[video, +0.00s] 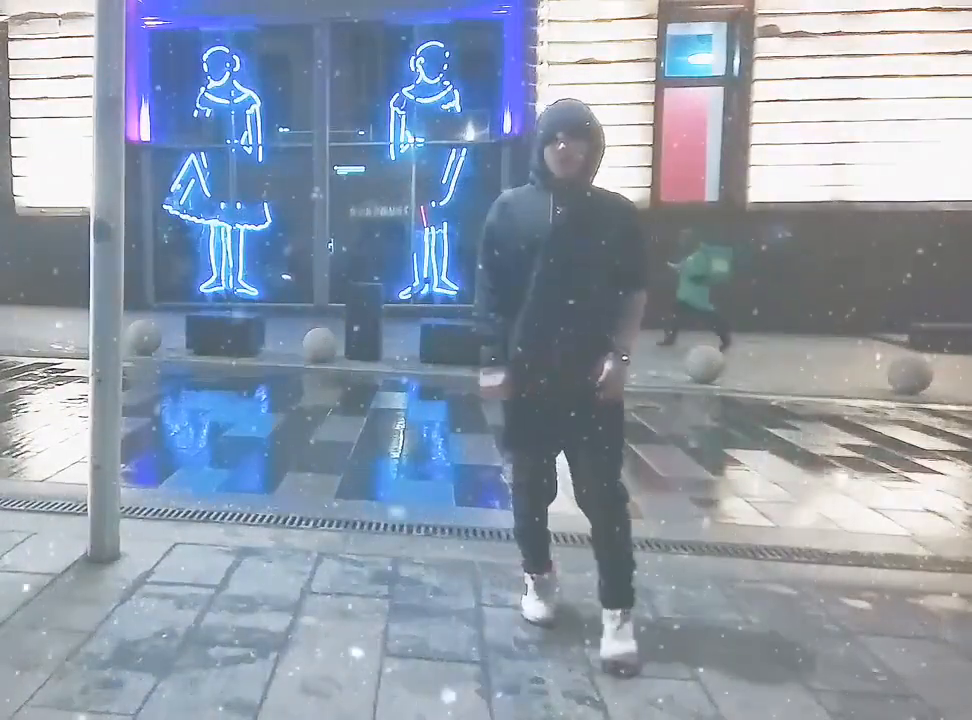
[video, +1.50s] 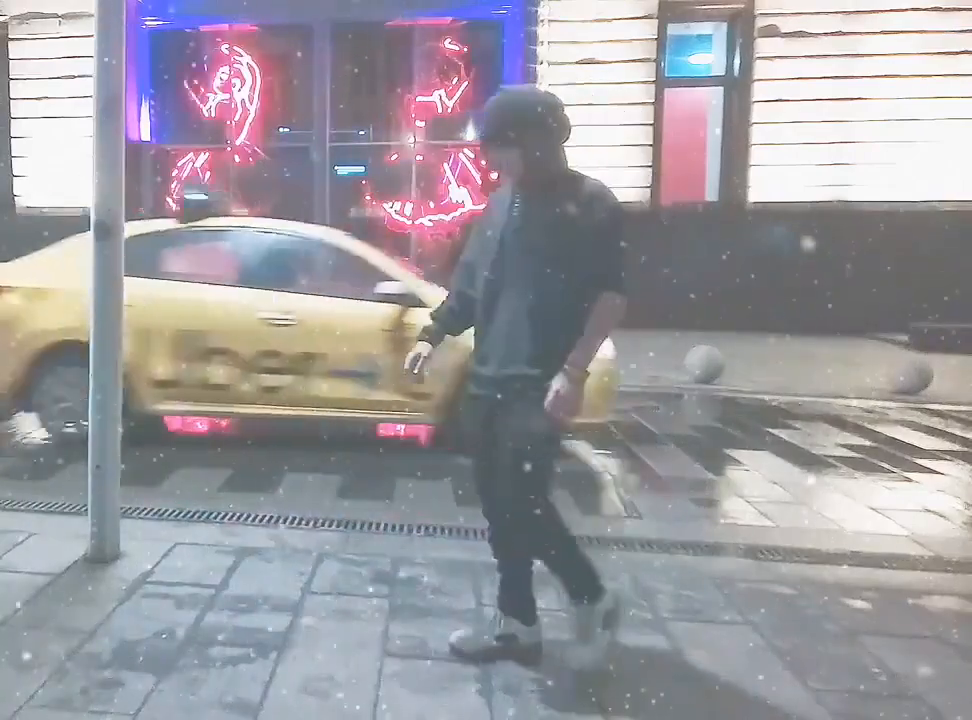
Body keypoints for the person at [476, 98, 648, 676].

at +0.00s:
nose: (565, 149)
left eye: (577, 140)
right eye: (556, 140)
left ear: (594, 149)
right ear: (540, 148)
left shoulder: (617, 215)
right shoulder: (510, 209)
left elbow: (633, 291)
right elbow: (489, 293)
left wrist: (621, 355)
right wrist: (491, 362)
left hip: (593, 372)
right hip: (526, 372)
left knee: (602, 493)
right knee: (529, 486)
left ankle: (617, 612)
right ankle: (539, 578)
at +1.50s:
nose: (494, 161)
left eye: (503, 148)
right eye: (491, 150)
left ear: (539, 143)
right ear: (499, 149)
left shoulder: (591, 205)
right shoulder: (502, 205)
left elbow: (612, 296)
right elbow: (472, 284)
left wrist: (573, 374)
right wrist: (432, 337)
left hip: (541, 384)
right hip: (490, 379)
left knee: (524, 501)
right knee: (499, 501)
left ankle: (592, 601)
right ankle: (517, 627)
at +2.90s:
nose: (329, 156)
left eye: (331, 147)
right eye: (330, 147)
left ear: (344, 146)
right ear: (390, 138)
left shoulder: (342, 198)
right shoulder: (430, 197)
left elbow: (313, 282)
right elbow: (453, 285)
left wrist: (292, 342)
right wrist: (456, 357)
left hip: (361, 357)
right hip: (415, 355)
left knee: (369, 473)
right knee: (394, 469)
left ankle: (390, 615)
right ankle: (396, 582)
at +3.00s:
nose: (325, 166)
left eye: (326, 156)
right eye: (327, 157)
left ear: (336, 154)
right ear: (381, 146)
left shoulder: (335, 202)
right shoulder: (425, 199)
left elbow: (313, 289)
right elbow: (455, 287)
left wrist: (301, 355)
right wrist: (466, 365)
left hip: (353, 357)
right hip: (409, 355)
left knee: (361, 472)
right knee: (393, 464)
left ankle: (394, 614)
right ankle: (379, 566)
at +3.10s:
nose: (323, 167)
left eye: (324, 158)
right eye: (326, 158)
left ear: (334, 156)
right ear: (379, 148)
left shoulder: (335, 206)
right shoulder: (424, 202)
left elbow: (313, 293)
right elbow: (454, 289)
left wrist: (300, 365)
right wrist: (469, 363)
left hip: (355, 358)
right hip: (407, 358)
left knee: (360, 475)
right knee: (389, 468)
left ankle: (390, 614)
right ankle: (379, 570)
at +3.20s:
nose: (325, 170)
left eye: (325, 161)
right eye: (326, 162)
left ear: (337, 158)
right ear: (379, 150)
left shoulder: (338, 206)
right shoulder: (426, 200)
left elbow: (319, 294)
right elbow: (452, 283)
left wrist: (301, 364)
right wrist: (465, 351)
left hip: (357, 359)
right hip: (407, 359)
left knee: (349, 472)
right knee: (387, 468)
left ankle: (389, 611)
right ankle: (377, 571)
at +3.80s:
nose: (349, 182)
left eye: (349, 170)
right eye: (345, 172)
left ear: (368, 160)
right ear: (378, 158)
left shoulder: (402, 205)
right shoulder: (397, 201)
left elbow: (416, 287)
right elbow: (393, 284)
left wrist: (392, 361)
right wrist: (360, 330)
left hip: (404, 356)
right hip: (398, 352)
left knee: (378, 457)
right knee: (388, 459)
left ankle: (463, 553)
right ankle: (385, 567)